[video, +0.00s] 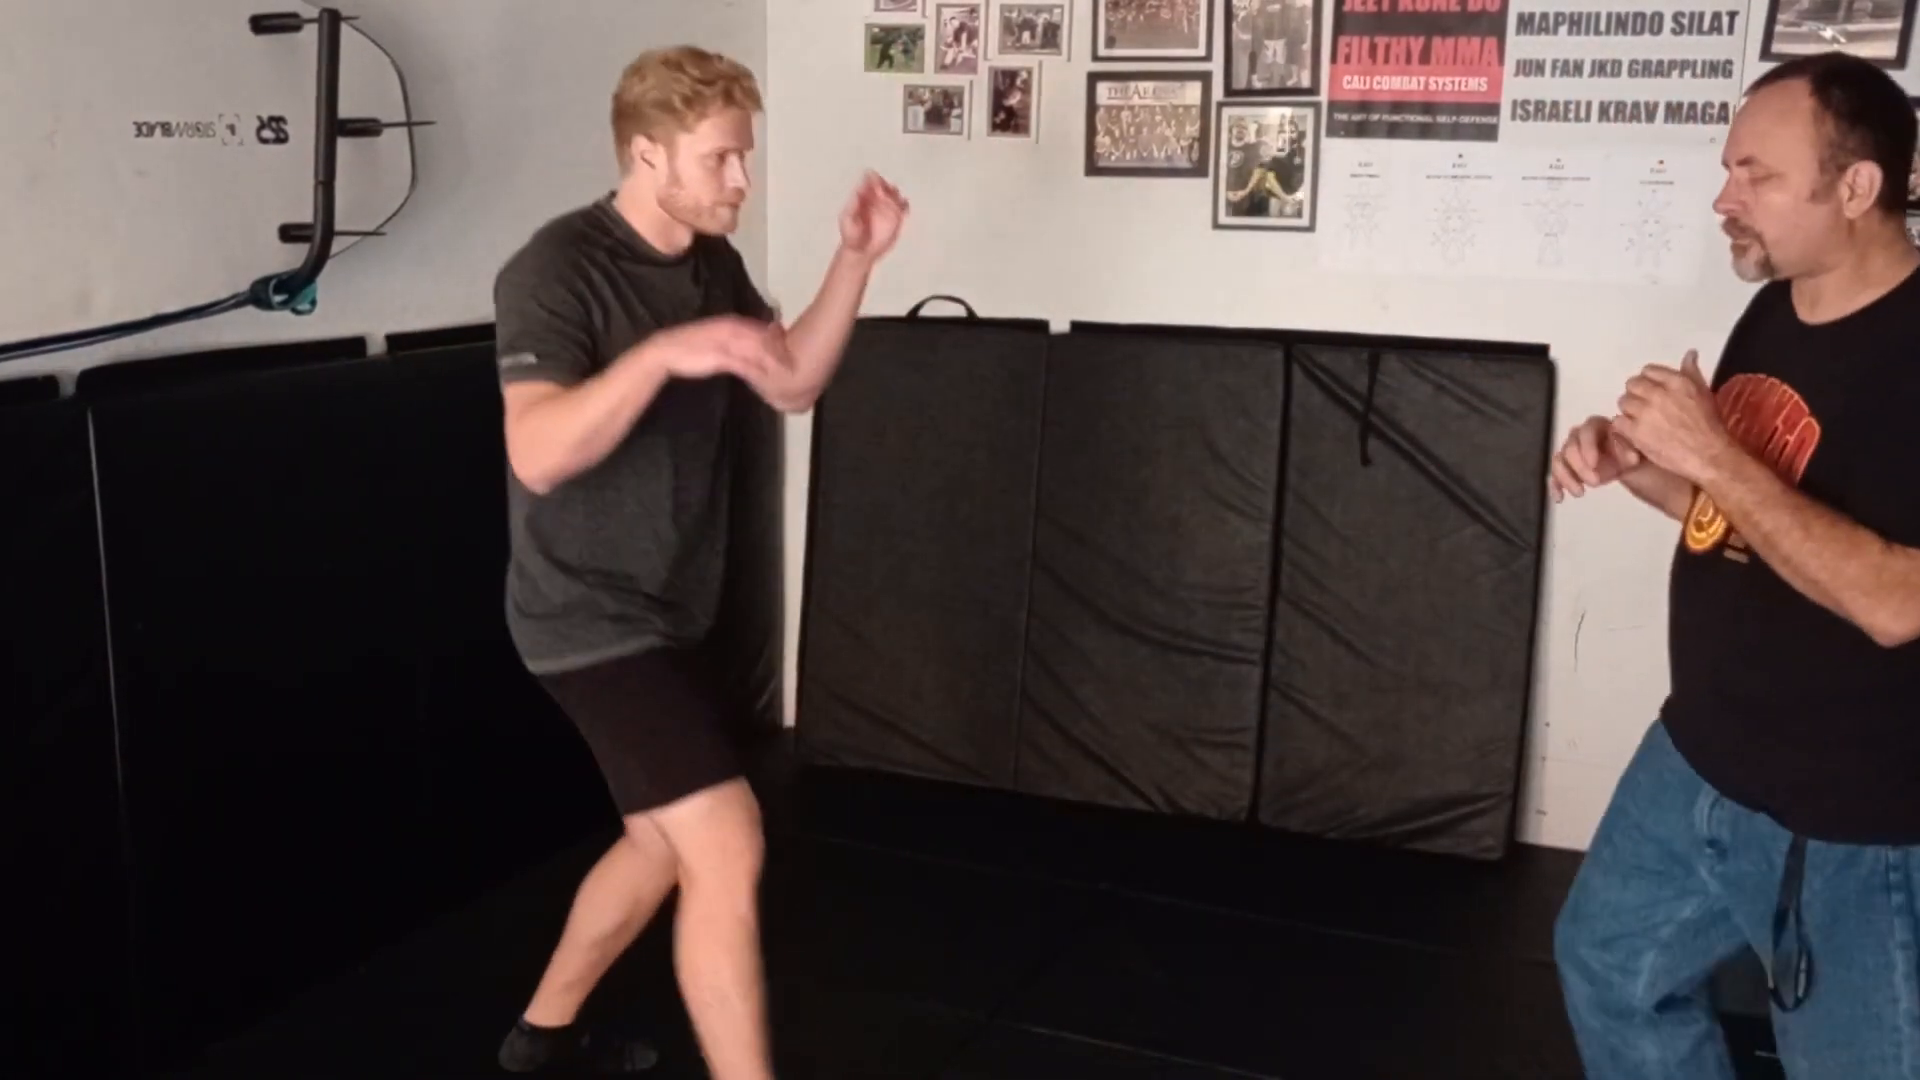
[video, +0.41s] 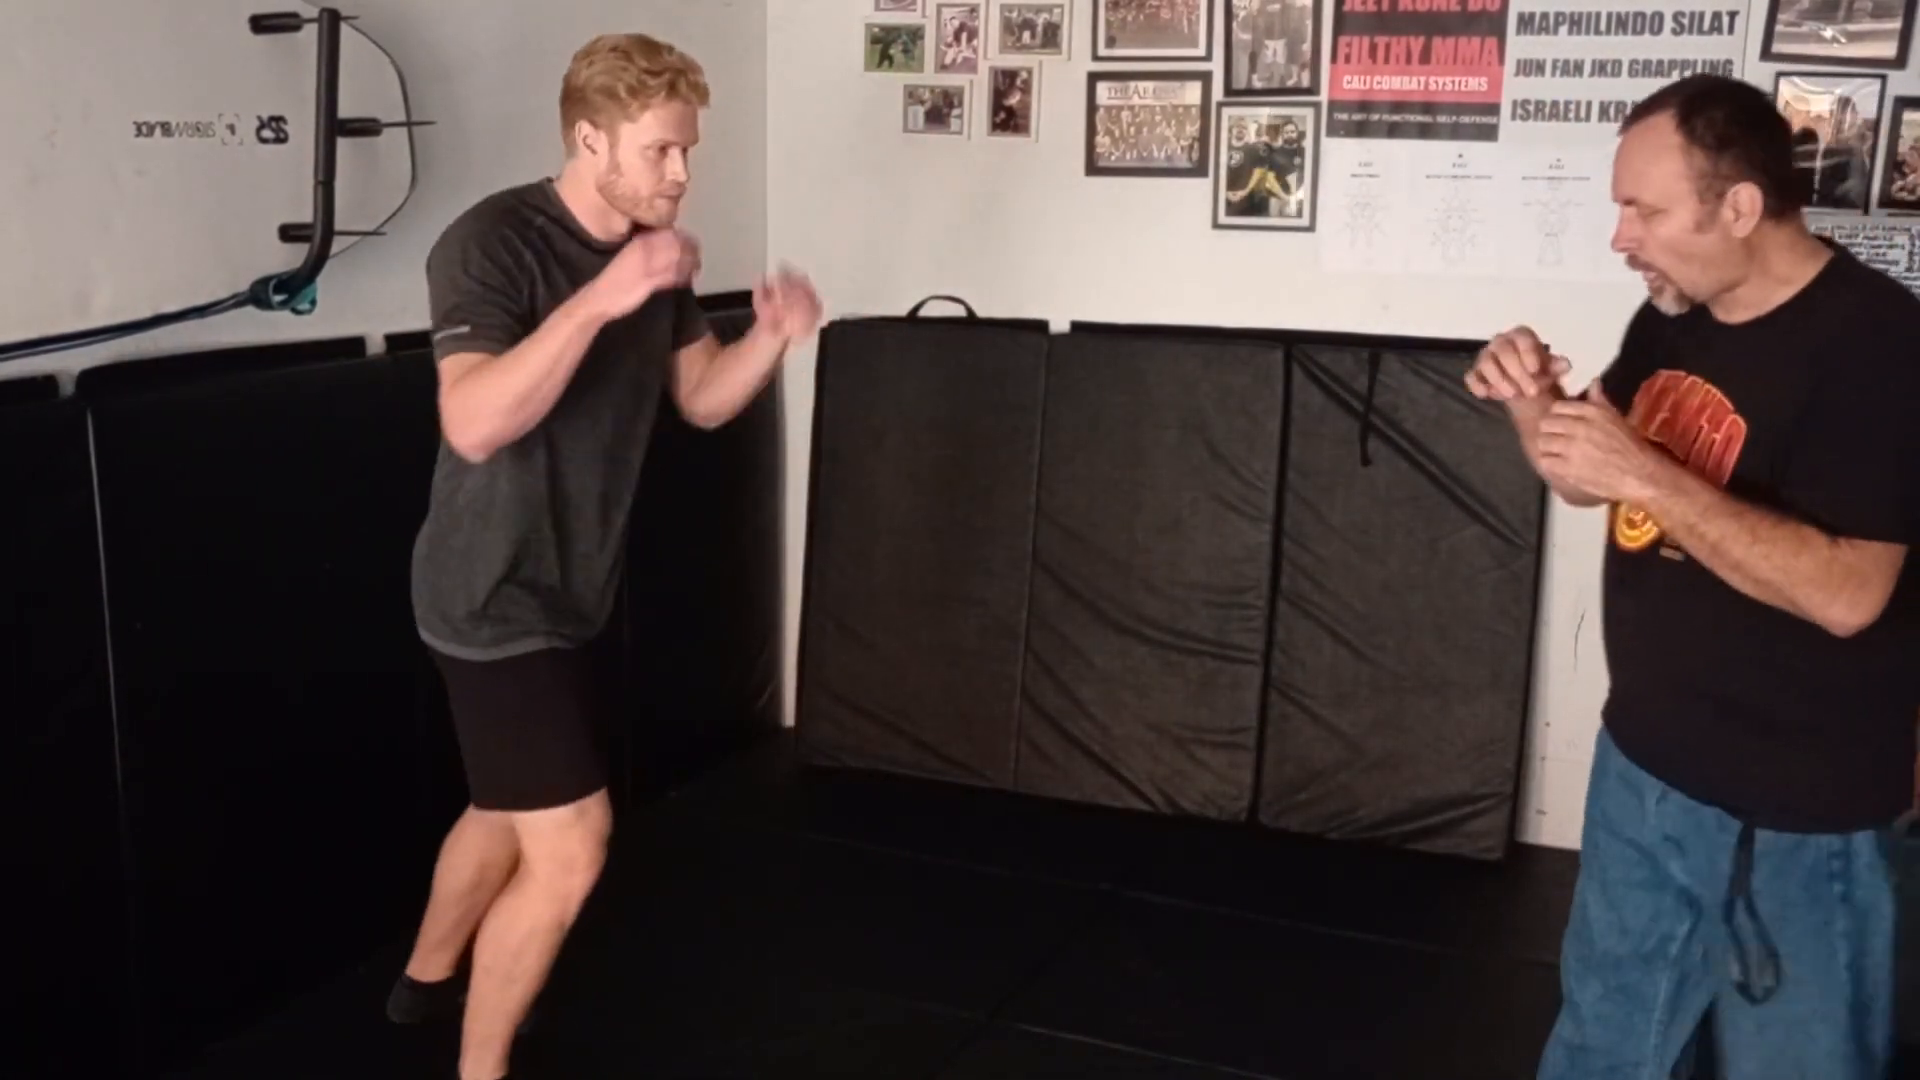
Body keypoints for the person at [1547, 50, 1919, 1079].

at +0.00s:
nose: (1725, 202)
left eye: (1755, 175)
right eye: (1730, 172)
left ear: (1857, 189)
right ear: (1840, 194)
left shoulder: (1918, 344)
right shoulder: (1775, 313)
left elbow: (1897, 603)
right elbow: (1746, 519)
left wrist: (1713, 458)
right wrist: (1641, 463)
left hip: (1866, 827)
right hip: (1701, 762)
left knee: (1856, 1059)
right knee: (1612, 967)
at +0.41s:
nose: (1621, 238)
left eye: (1643, 212)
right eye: (1621, 210)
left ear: (1741, 209)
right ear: (1725, 211)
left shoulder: (1884, 342)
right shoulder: (1679, 311)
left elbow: (1850, 592)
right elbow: (1589, 479)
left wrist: (1638, 473)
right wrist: (1536, 403)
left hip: (1818, 824)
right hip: (1649, 780)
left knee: (1807, 1064)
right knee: (1602, 1053)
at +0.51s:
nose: (1594, 248)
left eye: (1616, 223)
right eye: (1591, 219)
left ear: (1713, 219)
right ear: (1698, 220)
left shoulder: (1865, 346)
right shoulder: (1634, 319)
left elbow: (1852, 595)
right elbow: (1557, 484)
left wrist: (1644, 490)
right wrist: (1488, 440)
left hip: (1759, 822)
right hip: (1613, 778)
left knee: (1697, 1062)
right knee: (1580, 1049)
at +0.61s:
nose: (1590, 258)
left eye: (1611, 232)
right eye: (1587, 229)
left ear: (1711, 227)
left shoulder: (1866, 362)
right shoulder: (1628, 327)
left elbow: (1859, 611)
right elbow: (1568, 484)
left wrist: (1642, 513)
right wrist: (1448, 520)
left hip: (1733, 823)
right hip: (1569, 763)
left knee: (1628, 1058)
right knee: (1486, 1001)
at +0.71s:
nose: (1599, 282)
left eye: (1622, 257)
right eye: (1596, 251)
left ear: (1719, 256)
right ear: (1710, 258)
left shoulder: (1851, 406)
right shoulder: (1633, 342)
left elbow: (1812, 663)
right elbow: (1576, 511)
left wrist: (1614, 546)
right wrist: (1472, 582)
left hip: (1675, 842)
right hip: (1522, 751)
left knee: (1599, 1063)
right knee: (1390, 954)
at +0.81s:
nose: (1589, 276)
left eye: (1615, 252)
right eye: (1589, 246)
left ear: (1719, 257)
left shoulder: (1822, 408)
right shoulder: (1651, 315)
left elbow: (1718, 635)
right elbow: (1590, 439)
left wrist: (1574, 459)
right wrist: (1508, 521)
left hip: (1625, 811)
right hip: (1488, 685)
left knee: (1602, 1062)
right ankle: (1216, 1066)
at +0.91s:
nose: (1580, 233)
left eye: (1605, 209)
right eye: (1578, 206)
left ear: (1706, 211)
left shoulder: (1795, 350)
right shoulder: (1642, 277)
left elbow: (1654, 570)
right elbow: (1573, 377)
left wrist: (1598, 363)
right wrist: (1503, 439)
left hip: (1575, 740)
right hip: (1458, 591)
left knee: (1549, 1035)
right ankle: (1139, 945)